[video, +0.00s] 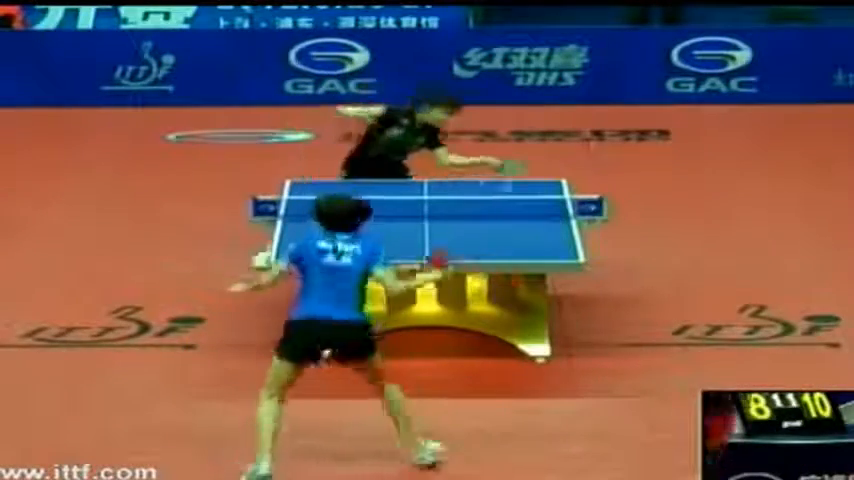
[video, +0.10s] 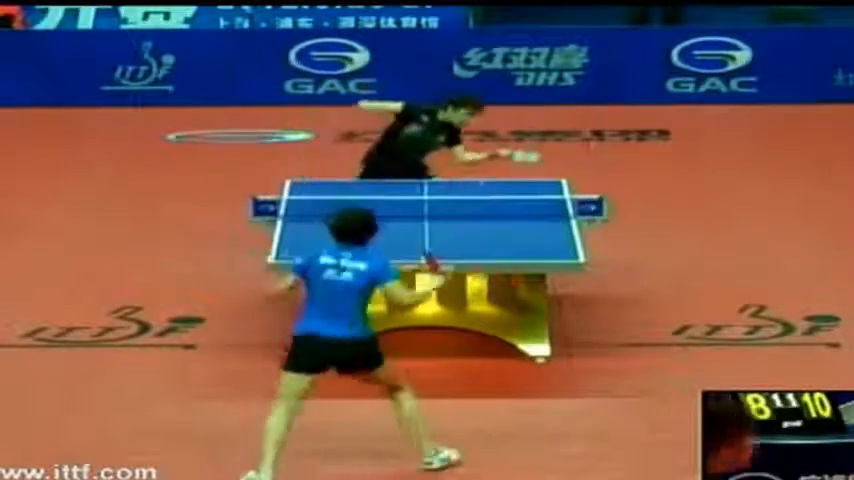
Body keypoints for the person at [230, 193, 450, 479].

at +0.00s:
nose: (361, 222)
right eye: (358, 218)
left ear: (322, 220)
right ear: (355, 221)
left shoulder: (307, 244)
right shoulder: (368, 248)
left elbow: (270, 278)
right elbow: (394, 287)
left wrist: (249, 285)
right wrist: (421, 279)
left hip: (304, 326)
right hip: (349, 326)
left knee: (272, 394)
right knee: (384, 384)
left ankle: (263, 463)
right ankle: (415, 448)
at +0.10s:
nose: (373, 236)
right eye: (371, 231)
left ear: (336, 231)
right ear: (367, 234)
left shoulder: (317, 257)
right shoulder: (373, 262)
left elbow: (281, 287)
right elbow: (401, 299)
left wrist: (280, 273)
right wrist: (430, 289)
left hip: (310, 342)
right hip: (354, 344)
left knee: (285, 404)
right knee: (398, 390)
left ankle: (265, 470)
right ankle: (429, 453)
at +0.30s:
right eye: (401, 214)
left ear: (366, 214)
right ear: (400, 217)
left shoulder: (352, 240)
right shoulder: (411, 244)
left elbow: (312, 269)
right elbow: (456, 271)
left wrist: (313, 254)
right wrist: (448, 258)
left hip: (350, 324)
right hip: (393, 326)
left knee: (328, 381)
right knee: (426, 385)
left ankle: (310, 437)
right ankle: (431, 451)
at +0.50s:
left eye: (367, 209)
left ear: (370, 212)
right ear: (405, 210)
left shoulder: (365, 238)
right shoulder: (422, 236)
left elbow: (326, 263)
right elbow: (460, 262)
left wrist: (309, 264)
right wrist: (446, 272)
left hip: (380, 319)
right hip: (423, 317)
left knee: (365, 367)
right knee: (467, 373)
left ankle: (348, 427)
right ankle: (450, 423)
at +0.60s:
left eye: (381, 212)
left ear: (383, 216)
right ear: (418, 214)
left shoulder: (378, 242)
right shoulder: (438, 239)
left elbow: (338, 262)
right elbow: (474, 264)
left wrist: (318, 264)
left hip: (395, 325)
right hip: (439, 323)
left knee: (372, 366)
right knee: (497, 358)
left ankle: (350, 423)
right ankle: (484, 413)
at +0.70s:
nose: (427, 211)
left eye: (425, 206)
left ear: (425, 210)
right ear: (456, 209)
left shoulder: (417, 232)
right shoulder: (479, 233)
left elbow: (370, 249)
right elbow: (521, 254)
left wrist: (371, 234)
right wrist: (526, 255)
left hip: (436, 313)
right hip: (480, 312)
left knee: (393, 360)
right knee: (536, 347)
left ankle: (355, 421)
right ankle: (565, 405)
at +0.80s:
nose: (450, 218)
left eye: (451, 213)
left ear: (456, 211)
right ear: (485, 208)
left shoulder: (454, 229)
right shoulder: (514, 230)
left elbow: (421, 243)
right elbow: (551, 250)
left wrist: (405, 238)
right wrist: (524, 250)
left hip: (468, 310)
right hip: (512, 308)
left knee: (415, 359)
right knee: (556, 351)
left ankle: (364, 415)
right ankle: (597, 396)